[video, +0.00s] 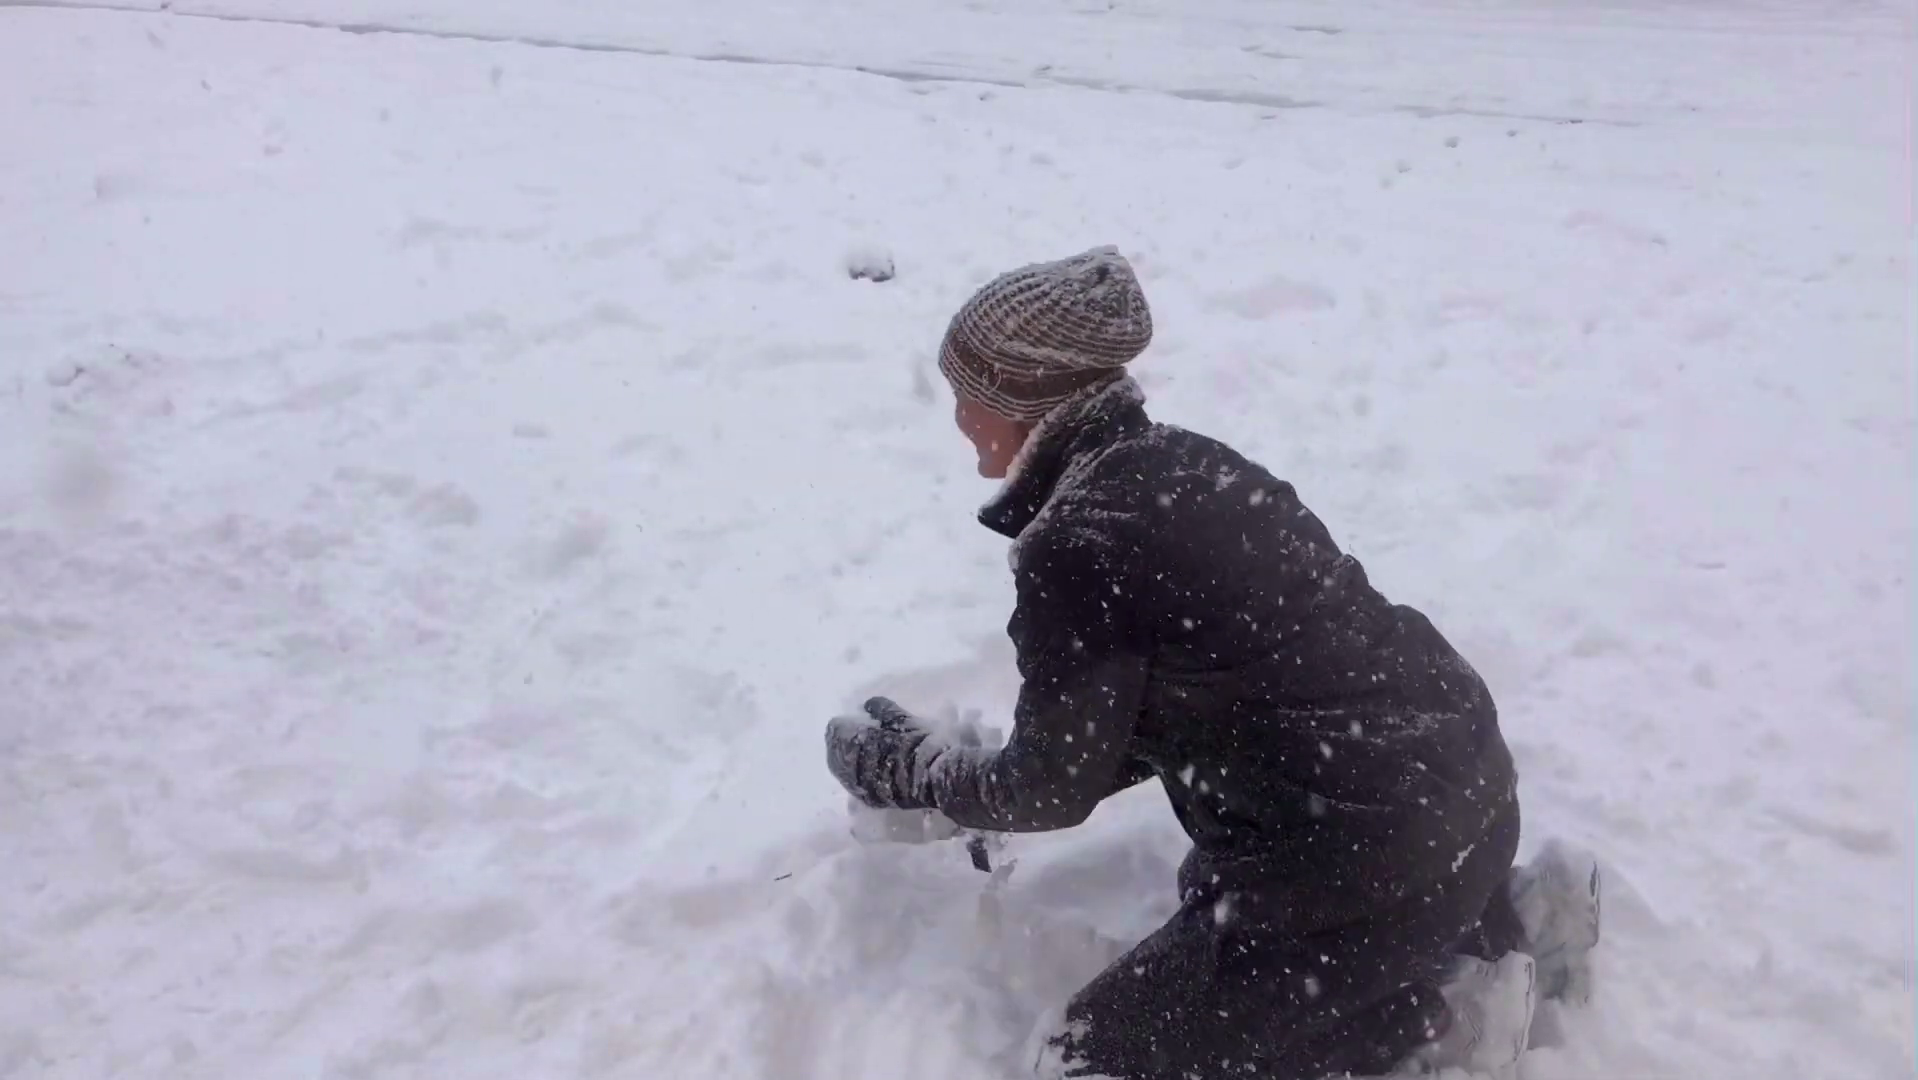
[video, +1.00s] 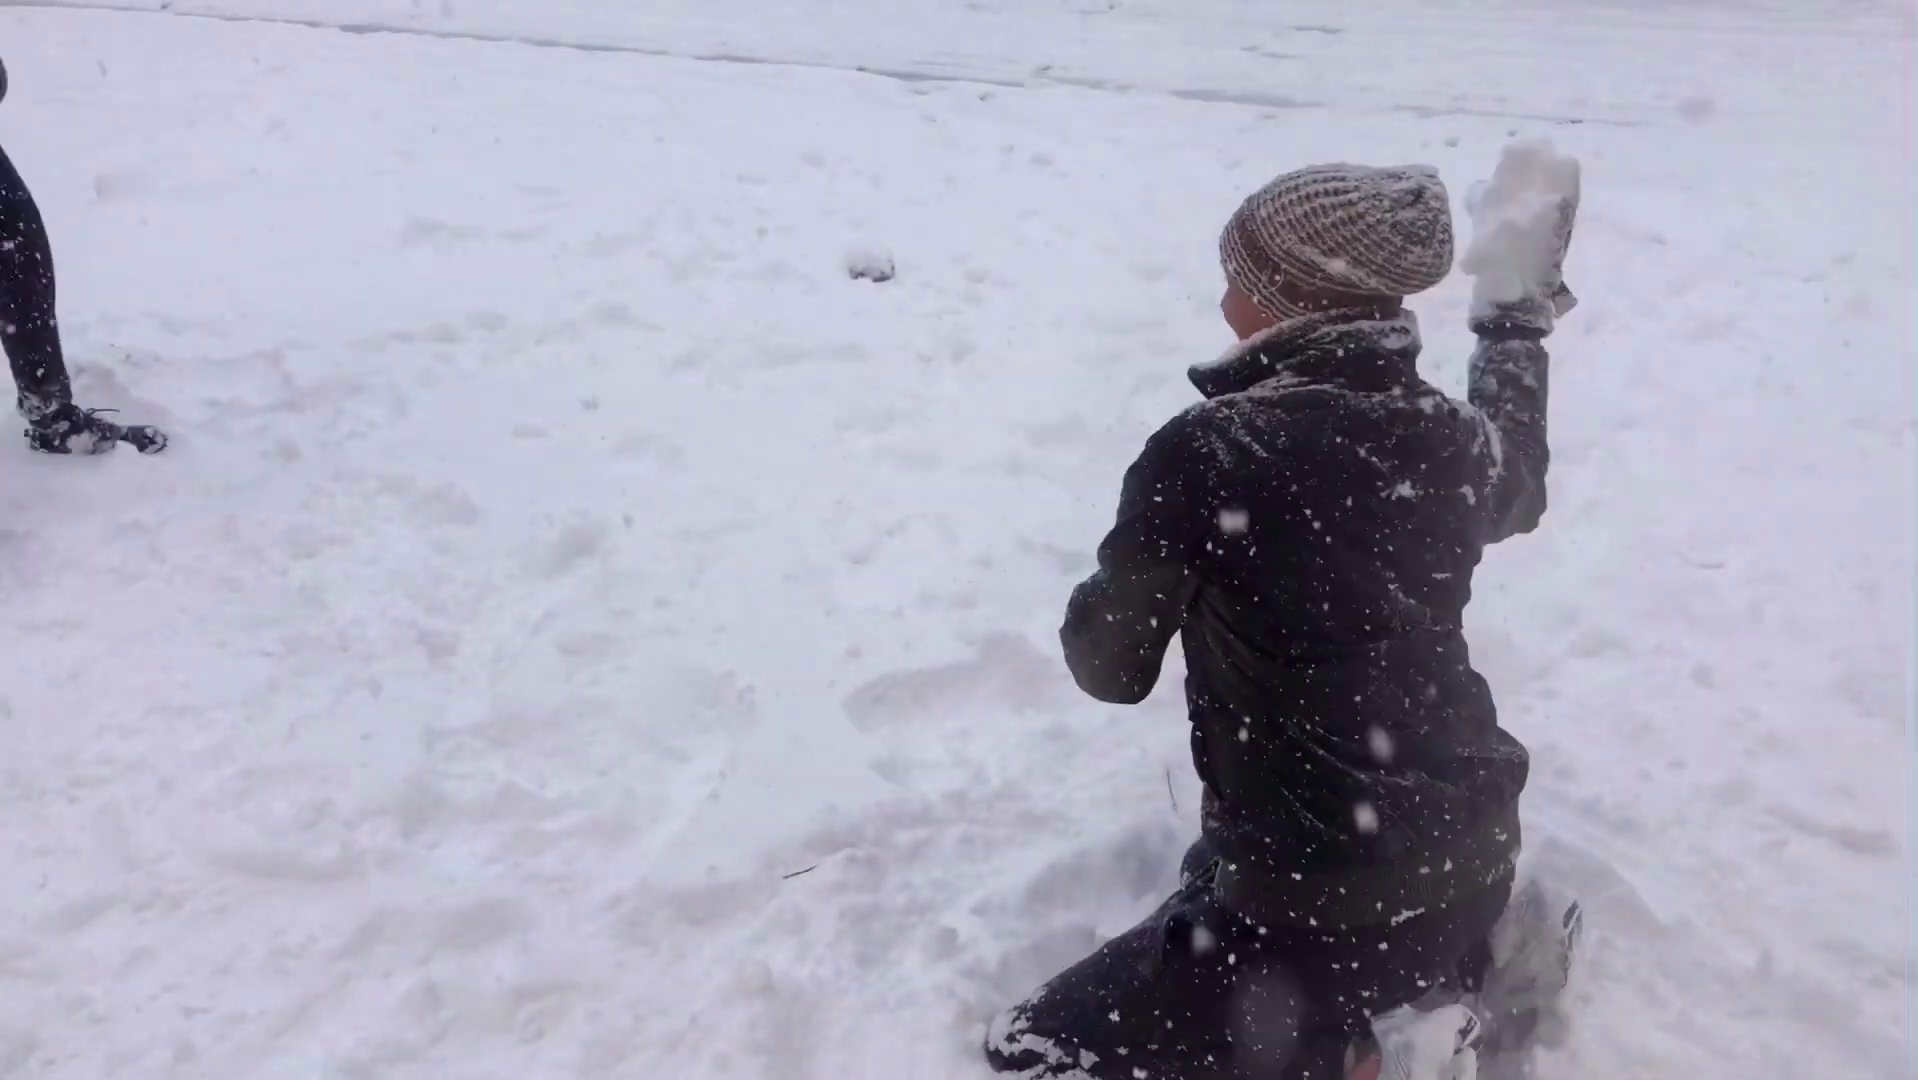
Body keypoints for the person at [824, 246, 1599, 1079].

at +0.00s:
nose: (960, 428)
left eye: (966, 405)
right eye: (958, 403)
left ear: (1023, 410)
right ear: (1089, 389)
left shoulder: (1073, 550)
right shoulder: (1192, 464)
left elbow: (1061, 781)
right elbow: (1164, 718)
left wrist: (920, 777)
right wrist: (986, 789)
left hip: (1355, 872)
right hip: (1470, 784)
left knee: (1096, 1052)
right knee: (1221, 869)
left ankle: (1432, 1009)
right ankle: (1501, 922)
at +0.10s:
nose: (984, 373)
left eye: (992, 347)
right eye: (983, 348)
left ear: (1051, 350)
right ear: (1109, 339)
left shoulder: (1076, 495)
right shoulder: (1212, 426)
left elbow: (1028, 713)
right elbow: (1166, 658)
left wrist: (922, 671)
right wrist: (972, 693)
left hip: (1334, 855)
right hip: (1456, 776)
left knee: (1100, 1044)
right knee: (1218, 904)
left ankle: (1428, 1010)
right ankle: (1506, 914)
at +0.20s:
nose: (1014, 309)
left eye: (1023, 285)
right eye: (1016, 285)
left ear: (1074, 296)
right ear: (1140, 290)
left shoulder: (1090, 435)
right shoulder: (1232, 385)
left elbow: (999, 642)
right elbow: (1143, 615)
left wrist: (927, 564)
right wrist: (958, 607)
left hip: (1322, 829)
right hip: (1443, 766)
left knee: (1098, 1044)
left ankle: (1434, 1010)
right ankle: (1512, 920)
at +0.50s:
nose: (1109, 195)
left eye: (1122, 172)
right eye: (1114, 170)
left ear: (1174, 183)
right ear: (1231, 184)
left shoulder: (1132, 320)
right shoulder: (1309, 310)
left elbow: (1004, 494)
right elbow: (1171, 501)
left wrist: (967, 405)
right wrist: (1040, 455)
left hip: (1256, 773)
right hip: (1383, 729)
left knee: (1079, 1048)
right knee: (1255, 870)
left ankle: (1419, 993)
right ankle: (1502, 885)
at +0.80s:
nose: (1170, 234)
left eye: (1184, 210)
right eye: (1177, 207)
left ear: (1232, 228)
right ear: (1305, 232)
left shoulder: (1162, 365)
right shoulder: (1368, 363)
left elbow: (1053, 571)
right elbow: (1294, 528)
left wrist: (1022, 498)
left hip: (1267, 827)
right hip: (1418, 799)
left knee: (1048, 1047)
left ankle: (1370, 1047)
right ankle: (1489, 921)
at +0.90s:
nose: (1191, 265)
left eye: (1205, 243)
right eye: (1199, 240)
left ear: (1255, 259)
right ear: (1335, 264)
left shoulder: (1182, 404)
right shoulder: (1409, 399)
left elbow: (1081, 617)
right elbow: (1370, 560)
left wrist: (1096, 537)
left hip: (1290, 864)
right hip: (1442, 830)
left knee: (1042, 1051)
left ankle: (1351, 1054)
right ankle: (1478, 943)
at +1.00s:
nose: (1225, 302)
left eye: (1237, 282)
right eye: (1232, 278)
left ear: (1284, 303)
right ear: (1362, 302)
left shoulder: (1203, 453)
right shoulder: (1449, 433)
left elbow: (1109, 664)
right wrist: (1516, 321)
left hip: (1297, 920)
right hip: (1465, 894)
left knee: (1033, 1050)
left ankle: (1338, 1055)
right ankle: (1475, 967)